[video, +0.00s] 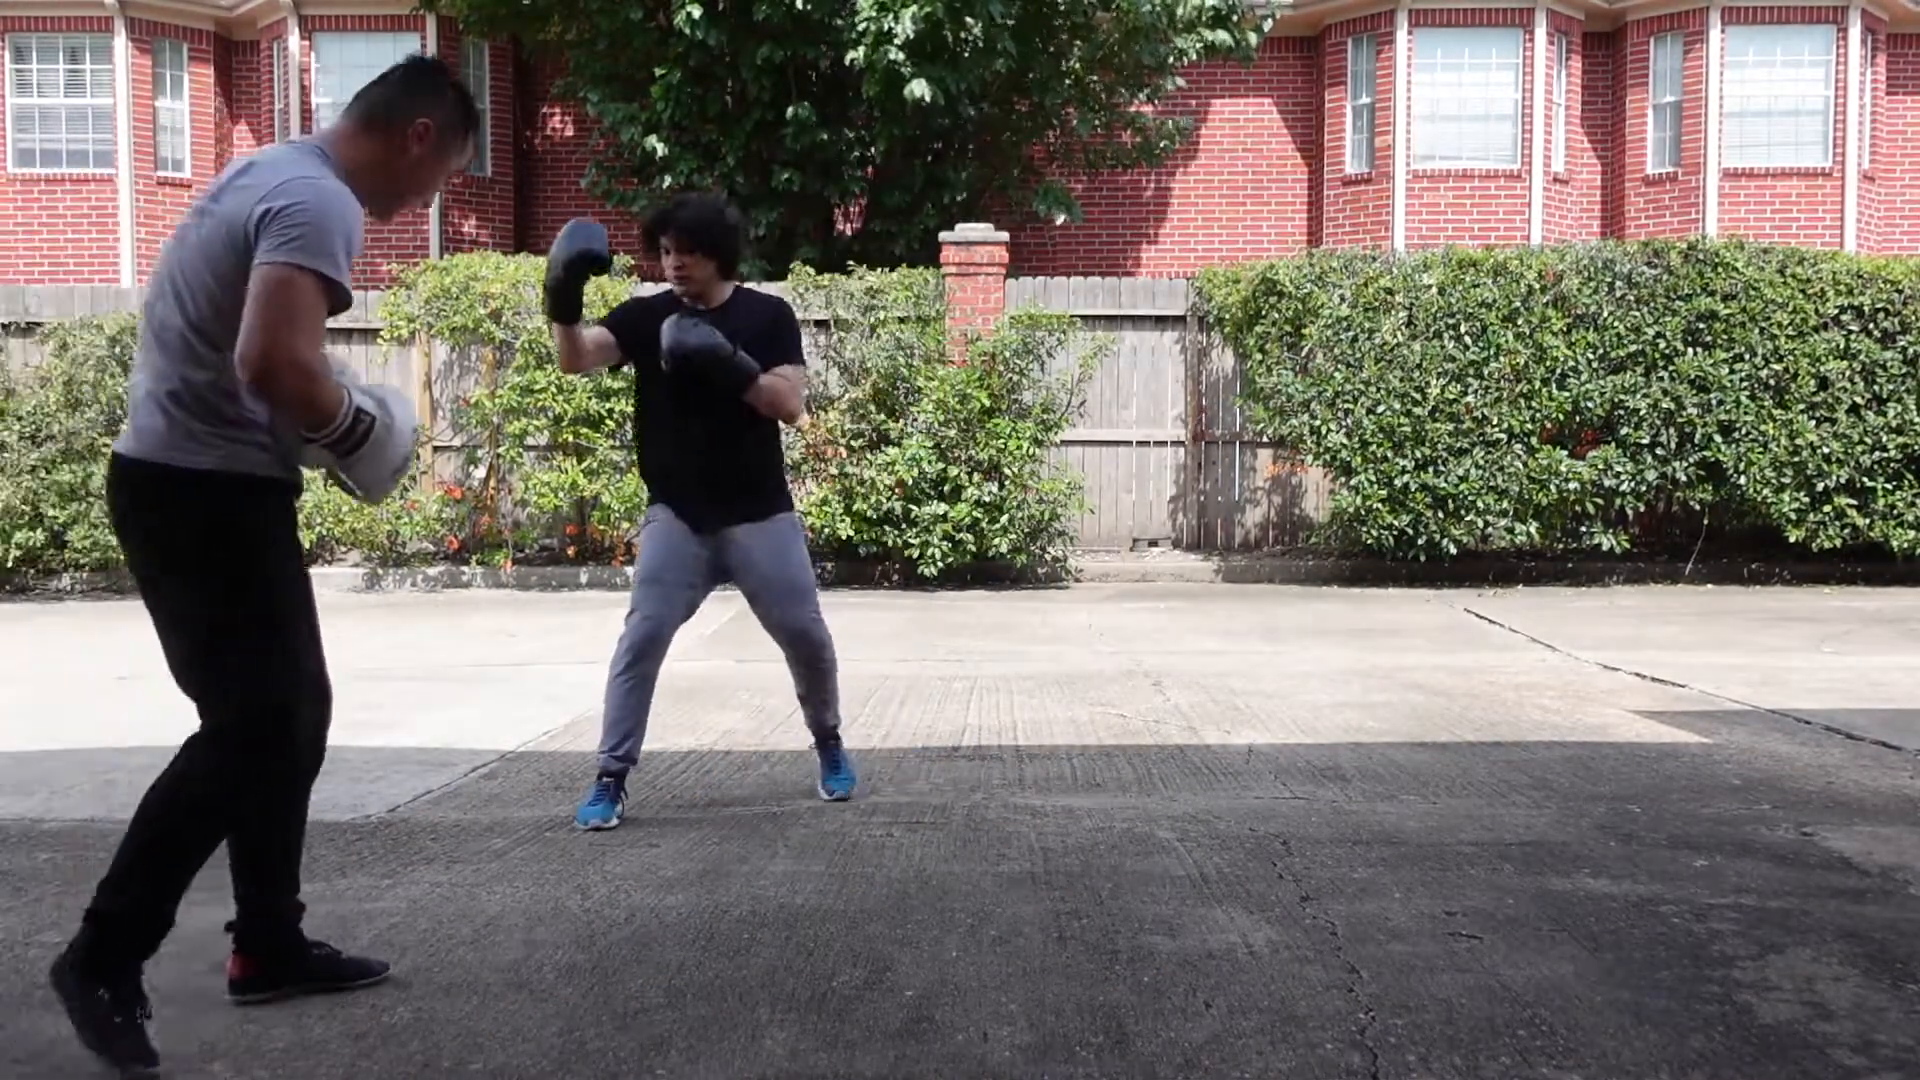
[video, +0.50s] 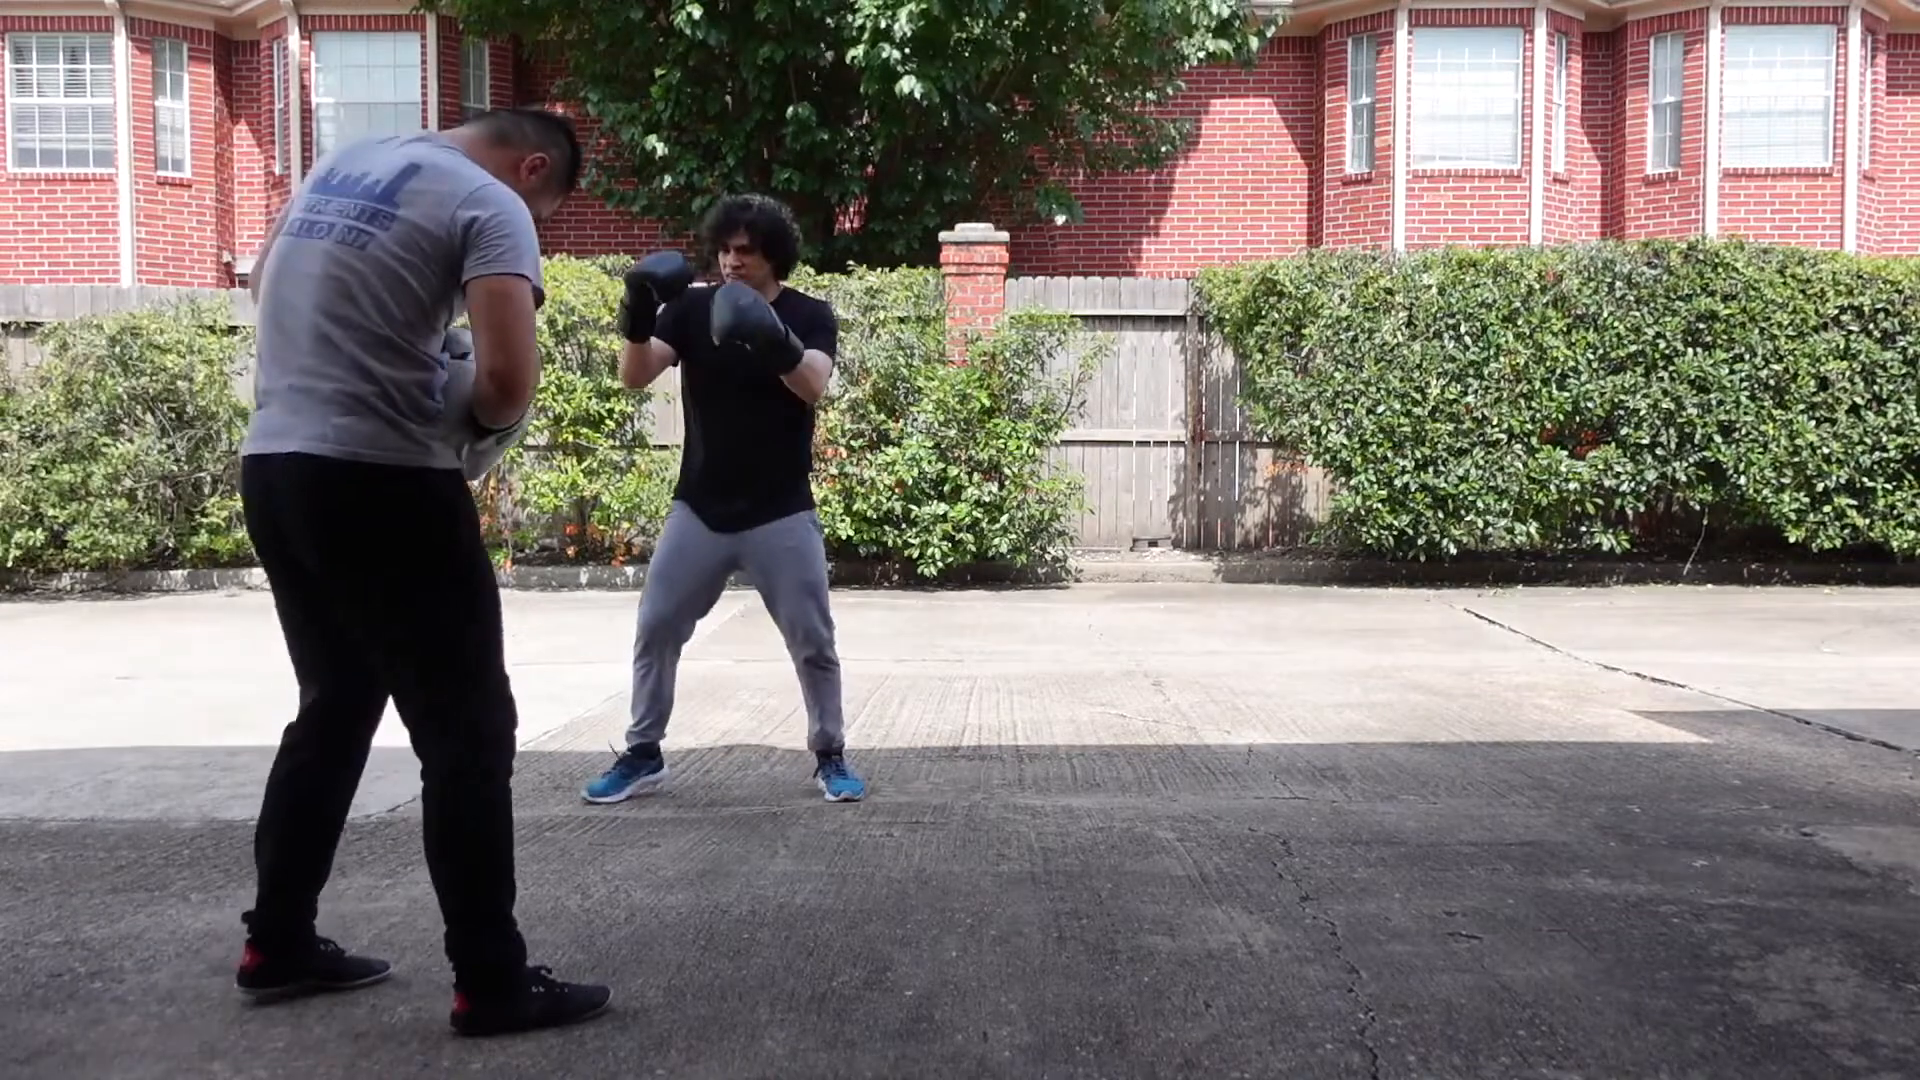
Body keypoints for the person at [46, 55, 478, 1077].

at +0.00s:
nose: (438, 193)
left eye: (447, 175)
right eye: (446, 169)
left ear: (382, 118)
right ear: (418, 133)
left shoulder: (281, 175)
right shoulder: (311, 197)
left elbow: (255, 350)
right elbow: (273, 360)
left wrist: (345, 411)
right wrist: (354, 430)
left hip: (223, 483)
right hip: (201, 488)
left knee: (293, 713)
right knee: (255, 723)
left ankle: (268, 944)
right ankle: (99, 962)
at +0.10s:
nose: (434, 212)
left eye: (450, 198)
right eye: (451, 191)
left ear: (410, 130)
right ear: (437, 145)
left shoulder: (299, 167)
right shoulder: (344, 187)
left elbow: (286, 343)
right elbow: (326, 349)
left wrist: (374, 414)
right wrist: (389, 426)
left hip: (213, 474)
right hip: (254, 481)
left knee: (296, 718)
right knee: (336, 718)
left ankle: (271, 945)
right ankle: (175, 958)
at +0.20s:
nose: (456, 219)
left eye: (470, 206)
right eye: (471, 199)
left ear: (426, 132)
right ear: (458, 152)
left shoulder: (303, 168)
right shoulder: (378, 181)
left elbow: (276, 339)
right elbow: (366, 342)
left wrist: (378, 409)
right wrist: (422, 422)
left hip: (218, 468)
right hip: (292, 480)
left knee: (290, 707)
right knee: (390, 710)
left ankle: (270, 942)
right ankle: (306, 978)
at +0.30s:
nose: (477, 224)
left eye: (490, 216)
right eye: (491, 208)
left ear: (439, 135)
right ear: (481, 161)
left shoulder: (317, 169)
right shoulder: (415, 187)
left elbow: (283, 330)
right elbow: (409, 351)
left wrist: (384, 396)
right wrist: (443, 417)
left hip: (229, 467)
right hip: (318, 475)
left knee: (296, 703)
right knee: (413, 720)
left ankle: (270, 947)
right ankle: (445, 981)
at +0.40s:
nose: (511, 220)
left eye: (521, 209)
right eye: (521, 204)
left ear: (461, 138)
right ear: (505, 166)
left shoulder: (334, 167)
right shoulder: (455, 193)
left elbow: (280, 306)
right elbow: (460, 360)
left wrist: (398, 392)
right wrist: (461, 425)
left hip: (251, 475)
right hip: (353, 487)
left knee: (311, 704)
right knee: (437, 732)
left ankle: (271, 947)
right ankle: (481, 980)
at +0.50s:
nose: (539, 217)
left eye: (549, 207)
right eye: (548, 204)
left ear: (485, 136)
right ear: (530, 164)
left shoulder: (349, 160)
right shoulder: (493, 201)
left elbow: (271, 283)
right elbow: (506, 380)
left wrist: (393, 364)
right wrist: (485, 421)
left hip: (278, 477)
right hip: (392, 491)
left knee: (336, 705)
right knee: (470, 732)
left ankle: (278, 943)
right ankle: (493, 983)